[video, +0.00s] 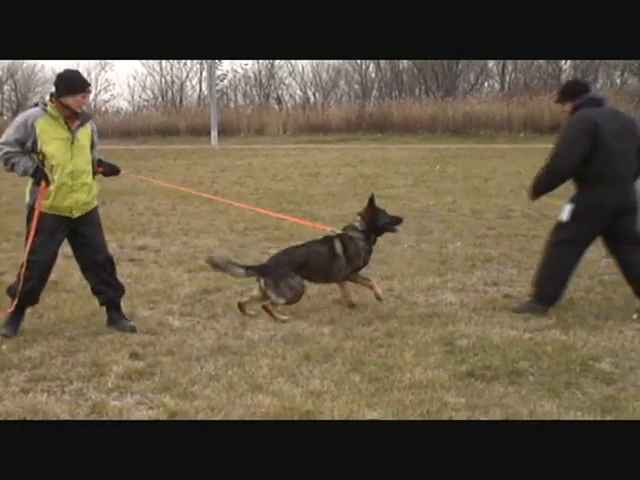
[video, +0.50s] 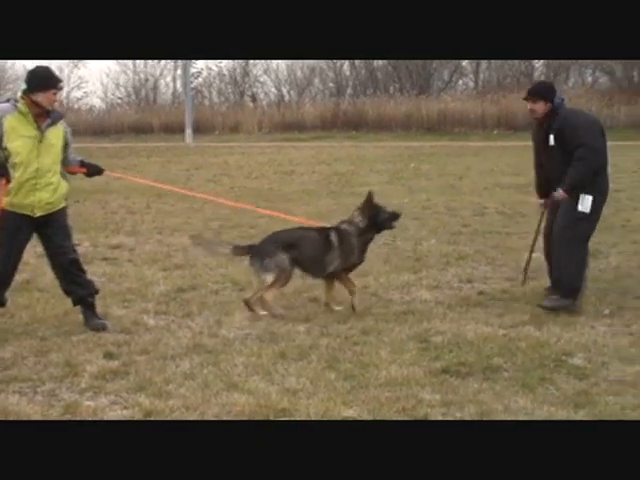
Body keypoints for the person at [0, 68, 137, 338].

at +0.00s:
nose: (85, 100)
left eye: (86, 95)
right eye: (80, 95)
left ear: (82, 96)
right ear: (63, 95)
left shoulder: (87, 124)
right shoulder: (32, 120)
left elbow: (90, 156)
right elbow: (7, 150)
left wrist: (100, 165)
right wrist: (33, 169)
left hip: (85, 207)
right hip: (49, 208)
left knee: (99, 259)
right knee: (38, 264)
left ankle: (115, 313)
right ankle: (16, 313)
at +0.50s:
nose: (55, 97)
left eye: (57, 92)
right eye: (50, 92)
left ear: (54, 93)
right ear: (33, 92)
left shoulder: (59, 126)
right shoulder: (7, 120)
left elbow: (67, 161)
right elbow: (3, 157)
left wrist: (85, 166)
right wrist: (5, 173)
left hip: (52, 206)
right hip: (15, 207)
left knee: (67, 260)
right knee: (4, 266)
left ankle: (89, 310)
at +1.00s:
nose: (18, 100)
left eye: (20, 95)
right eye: (13, 95)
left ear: (22, 96)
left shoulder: (27, 126)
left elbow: (41, 160)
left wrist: (53, 170)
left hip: (18, 210)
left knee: (34, 262)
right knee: (31, 262)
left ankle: (56, 316)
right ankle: (55, 316)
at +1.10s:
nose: (15, 100)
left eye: (17, 94)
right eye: (10, 94)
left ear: (19, 96)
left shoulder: (25, 127)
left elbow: (37, 160)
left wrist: (49, 170)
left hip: (16, 209)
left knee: (31, 263)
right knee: (28, 262)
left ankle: (52, 316)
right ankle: (51, 316)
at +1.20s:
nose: (11, 101)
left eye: (13, 96)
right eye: (6, 95)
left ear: (15, 98)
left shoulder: (21, 130)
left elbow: (33, 164)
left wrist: (44, 173)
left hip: (12, 211)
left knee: (25, 265)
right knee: (23, 265)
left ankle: (46, 319)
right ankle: (45, 318)